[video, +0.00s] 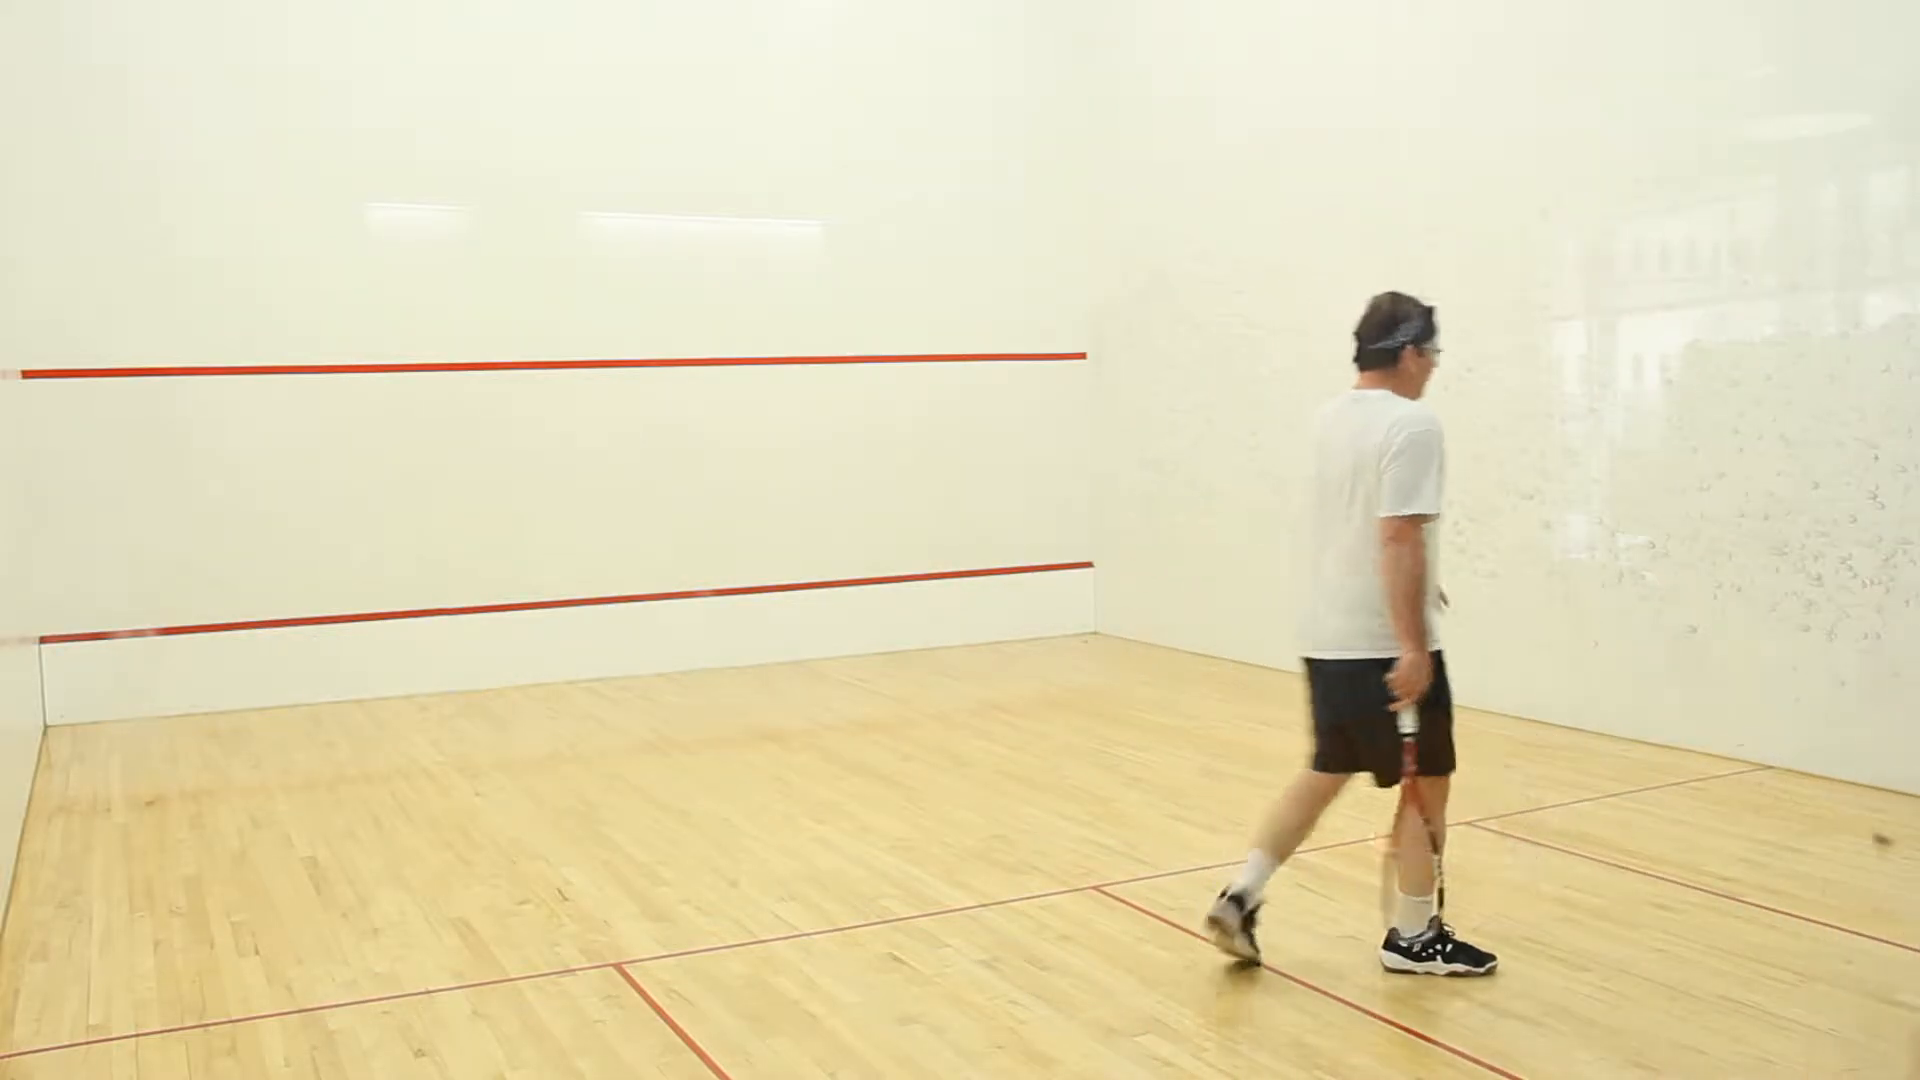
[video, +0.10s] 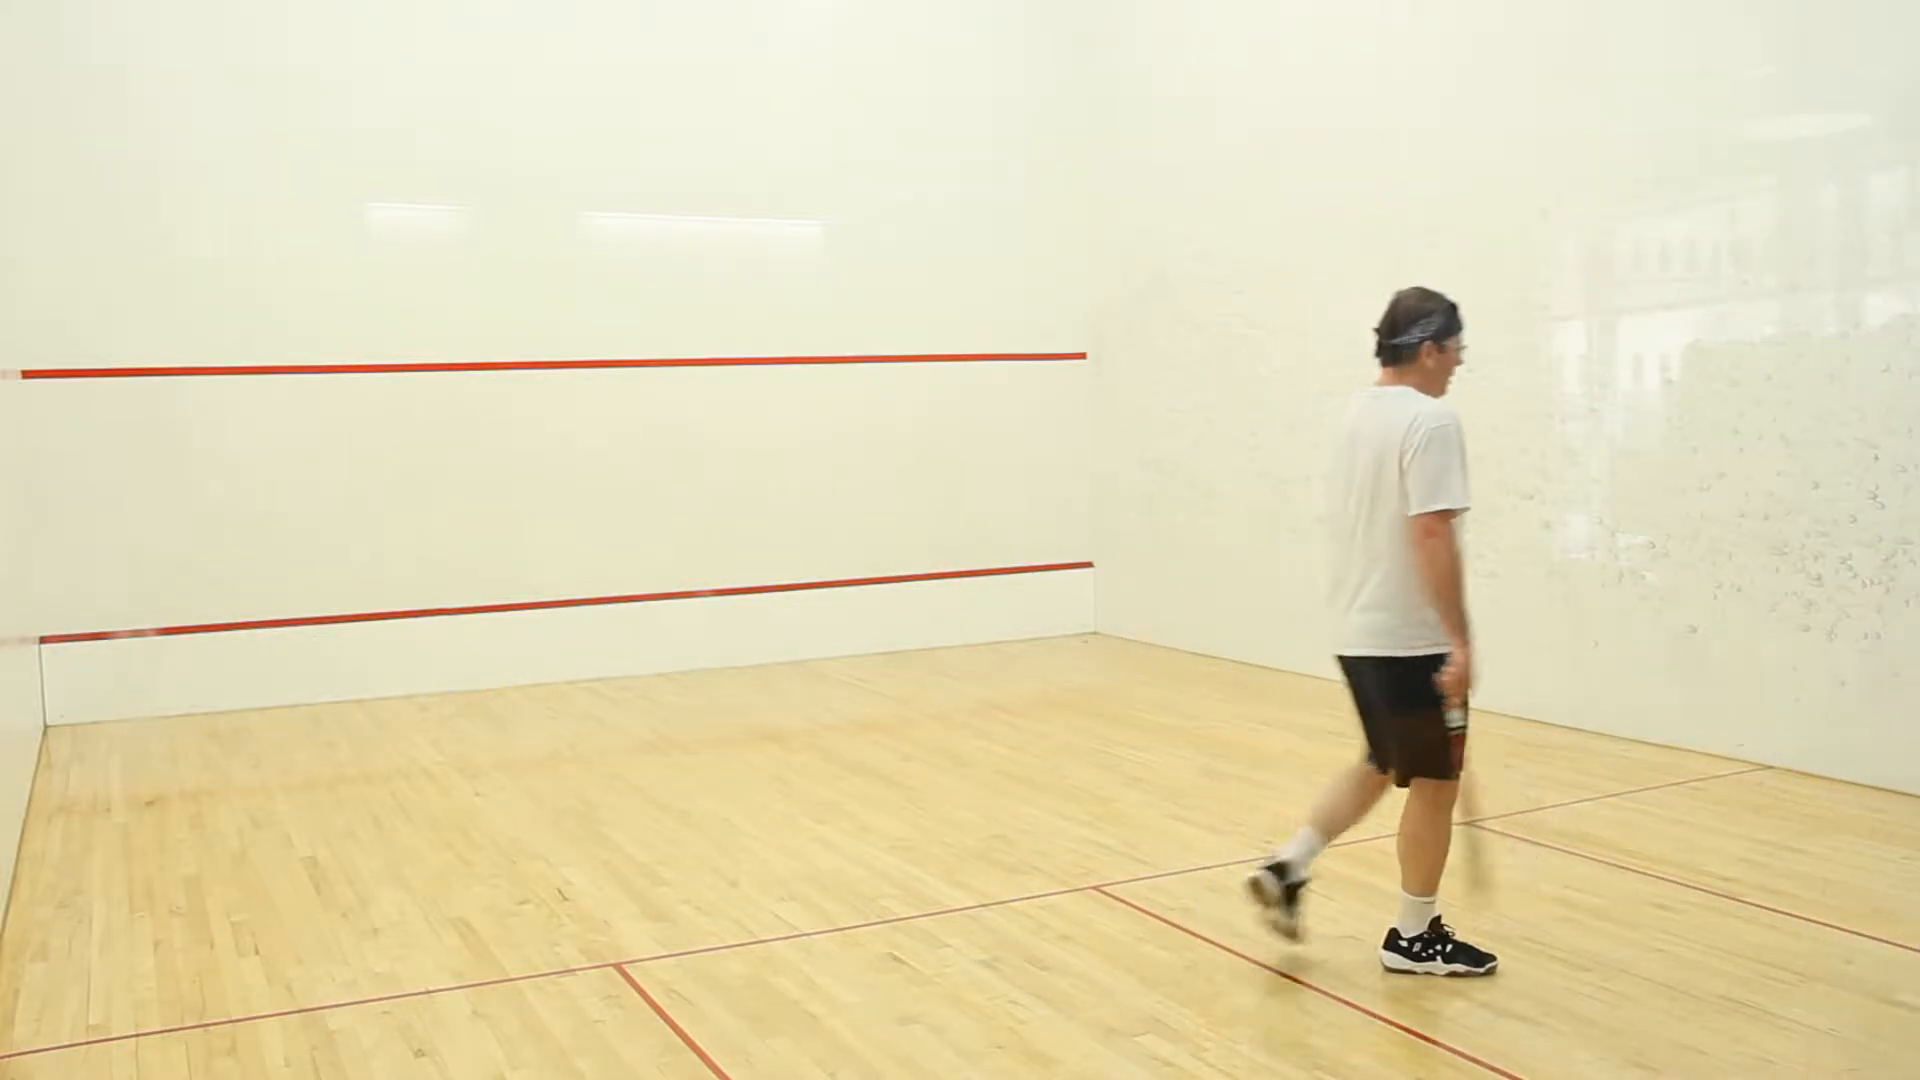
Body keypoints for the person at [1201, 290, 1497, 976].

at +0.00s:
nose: (1433, 365)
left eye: (1432, 353)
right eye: (1430, 352)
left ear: (1369, 352)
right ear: (1408, 353)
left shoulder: (1333, 416)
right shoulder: (1410, 424)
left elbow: (1337, 531)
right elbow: (1401, 538)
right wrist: (1414, 648)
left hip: (1328, 642)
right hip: (1390, 645)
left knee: (1329, 766)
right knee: (1426, 783)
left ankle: (1240, 896)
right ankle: (1412, 933)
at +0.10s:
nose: (1459, 359)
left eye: (1458, 347)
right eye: (1453, 346)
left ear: (1395, 348)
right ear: (1425, 348)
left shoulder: (1363, 411)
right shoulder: (1429, 419)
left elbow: (1358, 526)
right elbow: (1433, 533)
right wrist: (1459, 642)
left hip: (1358, 634)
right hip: (1408, 638)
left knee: (1384, 760)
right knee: (1436, 778)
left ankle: (1288, 866)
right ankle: (1416, 931)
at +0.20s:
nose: (1483, 357)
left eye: (1483, 344)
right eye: (1477, 345)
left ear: (1426, 346)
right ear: (1444, 346)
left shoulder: (1391, 412)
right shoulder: (1447, 417)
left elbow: (1391, 527)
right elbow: (1453, 531)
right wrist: (1501, 633)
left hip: (1389, 630)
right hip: (1434, 634)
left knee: (1421, 761)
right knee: (1442, 778)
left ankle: (1352, 869)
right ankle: (1416, 930)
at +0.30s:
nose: (1506, 357)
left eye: (1506, 344)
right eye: (1499, 344)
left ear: (1445, 346)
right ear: (1463, 345)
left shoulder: (1410, 412)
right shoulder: (1465, 416)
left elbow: (1380, 524)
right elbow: (1467, 531)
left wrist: (1381, 605)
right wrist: (1530, 619)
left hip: (1421, 627)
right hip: (1446, 637)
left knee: (1496, 746)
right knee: (1449, 779)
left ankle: (1437, 885)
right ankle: (1413, 931)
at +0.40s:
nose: (1532, 359)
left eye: (1533, 346)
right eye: (1524, 346)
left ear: (1474, 349)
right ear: (1485, 347)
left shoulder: (1435, 413)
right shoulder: (1487, 420)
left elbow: (1403, 523)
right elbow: (1485, 532)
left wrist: (1393, 605)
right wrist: (1547, 622)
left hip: (1463, 632)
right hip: (1465, 637)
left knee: (1518, 753)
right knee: (1459, 778)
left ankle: (1533, 903)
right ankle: (1415, 930)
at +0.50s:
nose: (1556, 362)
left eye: (1556, 349)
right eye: (1549, 348)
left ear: (1499, 350)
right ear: (1513, 348)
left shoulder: (1460, 414)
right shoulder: (1506, 423)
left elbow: (1428, 525)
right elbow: (1502, 540)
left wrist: (1423, 609)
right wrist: (1555, 635)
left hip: (1497, 637)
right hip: (1488, 640)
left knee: (1547, 760)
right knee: (1480, 782)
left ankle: (1576, 912)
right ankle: (1417, 929)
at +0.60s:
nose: (1573, 367)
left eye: (1573, 354)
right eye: (1567, 352)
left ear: (1516, 352)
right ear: (1532, 350)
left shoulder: (1490, 419)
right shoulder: (1521, 425)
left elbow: (1482, 544)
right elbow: (1520, 546)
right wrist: (1561, 647)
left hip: (1527, 637)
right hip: (1512, 642)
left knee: (1576, 759)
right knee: (1517, 783)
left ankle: (1581, 915)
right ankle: (1429, 917)